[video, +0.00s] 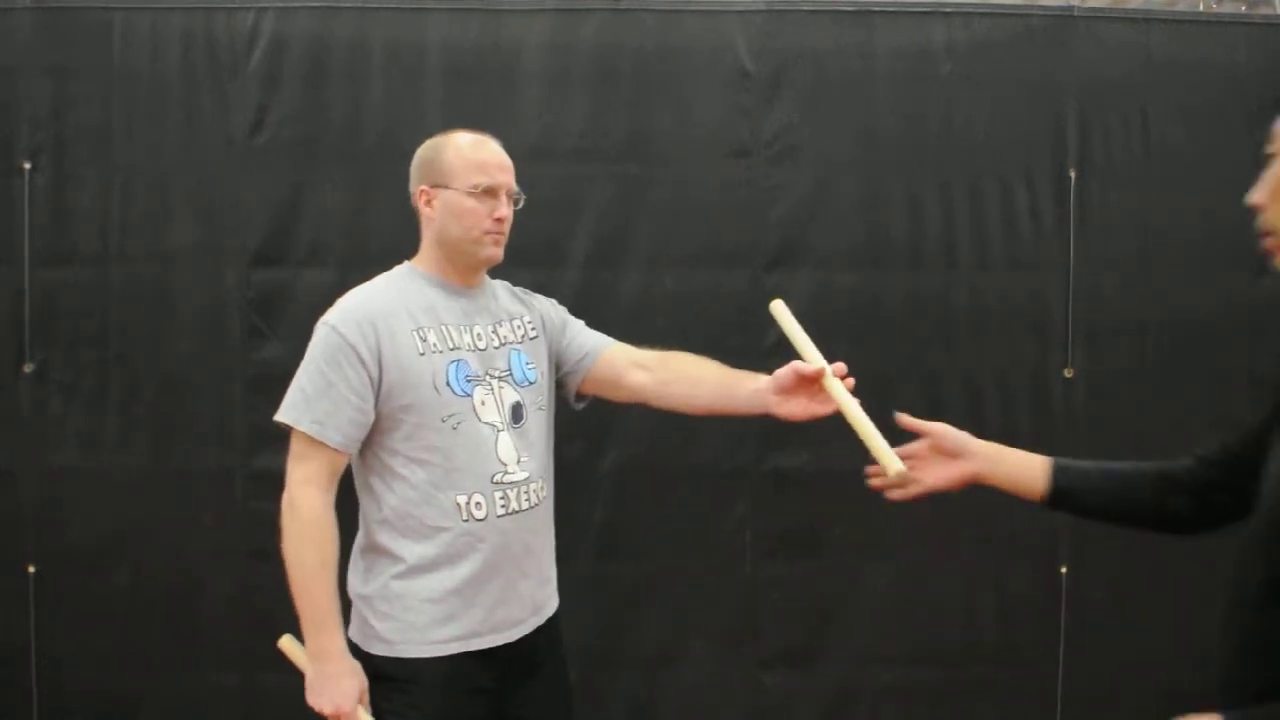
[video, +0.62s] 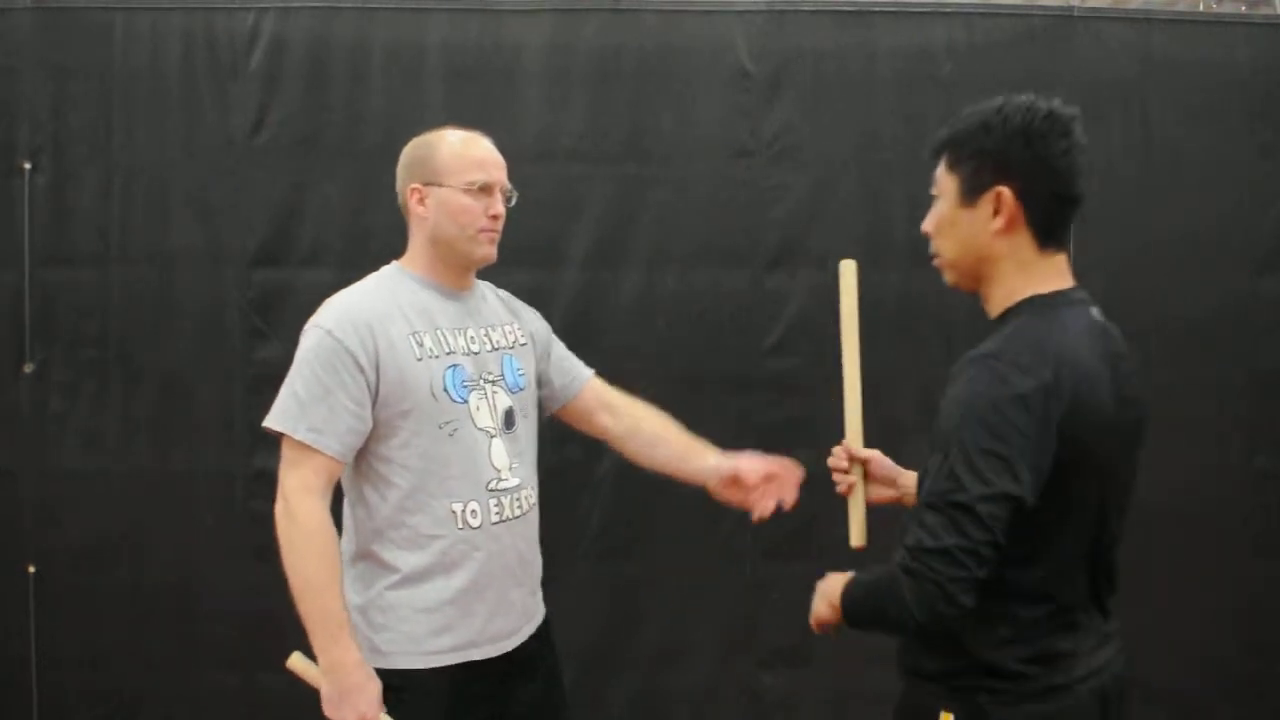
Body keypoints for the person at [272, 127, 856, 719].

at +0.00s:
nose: (505, 212)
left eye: (510, 196)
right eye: (485, 194)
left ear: (513, 205)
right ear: (426, 201)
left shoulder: (530, 315)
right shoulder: (361, 323)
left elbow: (640, 372)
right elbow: (307, 490)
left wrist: (766, 394)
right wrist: (327, 653)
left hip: (530, 635)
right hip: (415, 654)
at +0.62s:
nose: (498, 206)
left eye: (503, 192)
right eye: (478, 190)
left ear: (508, 201)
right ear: (418, 200)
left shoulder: (514, 319)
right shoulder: (351, 325)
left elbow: (610, 412)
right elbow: (300, 500)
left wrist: (716, 468)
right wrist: (343, 672)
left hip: (523, 646)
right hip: (408, 669)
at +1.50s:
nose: (546, 217)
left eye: (545, 201)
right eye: (530, 197)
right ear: (473, 202)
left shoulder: (516, 323)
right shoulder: (409, 319)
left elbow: (554, 458)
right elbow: (423, 496)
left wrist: (599, 583)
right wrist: (509, 640)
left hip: (531, 644)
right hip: (429, 657)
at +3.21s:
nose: (491, 210)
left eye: (486, 193)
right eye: (472, 194)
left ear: (415, 215)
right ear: (411, 212)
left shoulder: (487, 284)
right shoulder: (393, 318)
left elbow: (594, 282)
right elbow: (581, 357)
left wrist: (659, 235)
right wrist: (656, 260)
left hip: (521, 622)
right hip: (427, 638)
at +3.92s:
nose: (593, 224)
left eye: (591, 210)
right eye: (576, 206)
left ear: (529, 214)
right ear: (523, 213)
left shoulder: (564, 324)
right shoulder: (484, 305)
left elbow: (561, 461)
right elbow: (632, 341)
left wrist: (636, 455)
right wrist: (628, 180)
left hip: (587, 623)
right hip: (502, 630)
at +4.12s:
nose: (605, 227)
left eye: (603, 212)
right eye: (592, 209)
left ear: (543, 217)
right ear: (541, 214)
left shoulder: (548, 302)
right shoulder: (529, 296)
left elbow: (560, 463)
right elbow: (702, 338)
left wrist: (635, 422)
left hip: (582, 613)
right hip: (523, 616)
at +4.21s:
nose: (606, 229)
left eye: (604, 214)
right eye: (593, 211)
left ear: (544, 216)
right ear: (542, 214)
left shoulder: (516, 305)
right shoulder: (544, 298)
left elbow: (544, 450)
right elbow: (711, 336)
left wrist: (626, 419)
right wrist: (822, 287)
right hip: (524, 615)